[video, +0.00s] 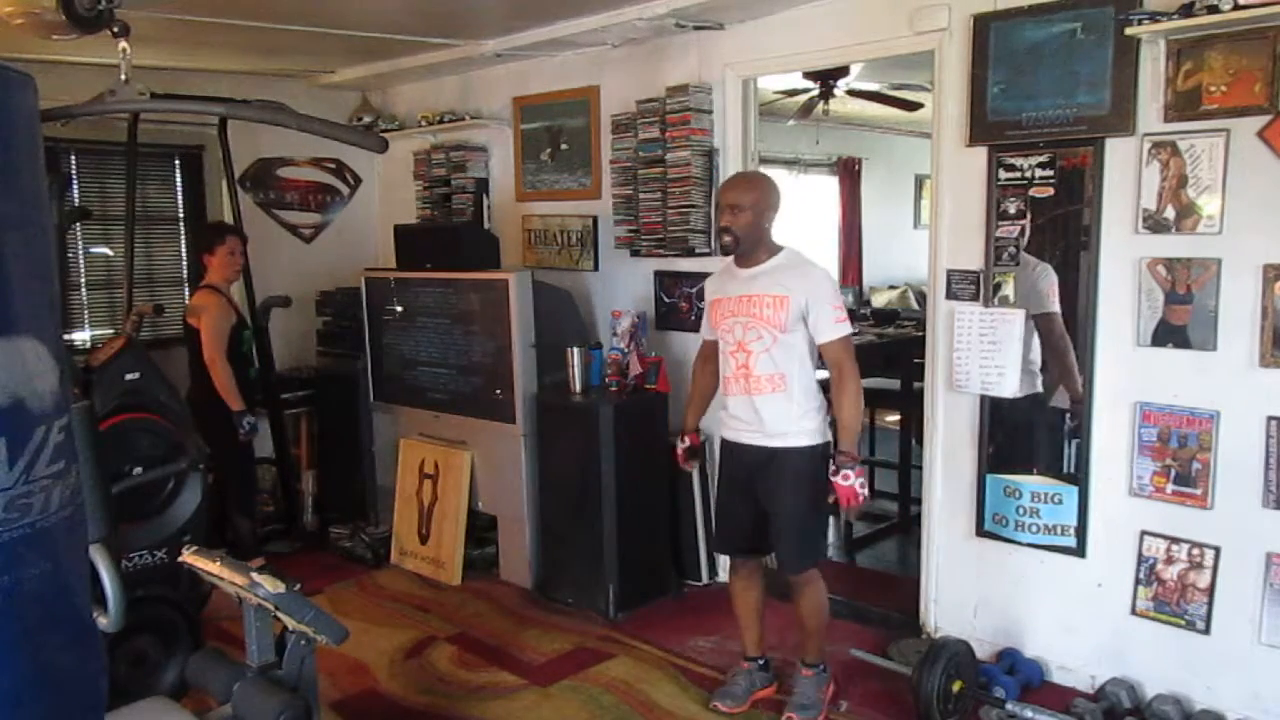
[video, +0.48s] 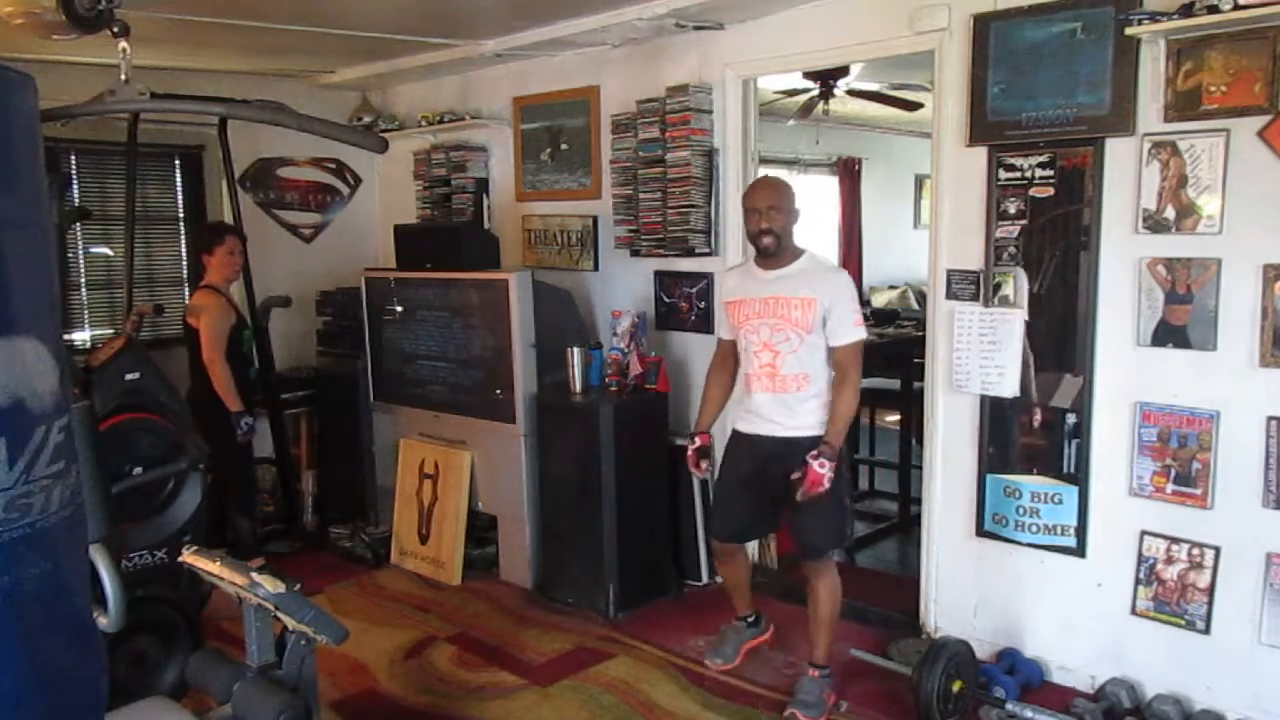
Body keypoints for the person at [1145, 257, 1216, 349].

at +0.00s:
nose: (1180, 273)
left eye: (1183, 270)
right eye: (1177, 270)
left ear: (1188, 273)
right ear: (1173, 272)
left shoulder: (1191, 287)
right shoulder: (1168, 286)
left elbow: (1213, 268)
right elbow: (1151, 266)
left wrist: (1195, 262)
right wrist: (1167, 262)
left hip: (1182, 329)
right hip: (1165, 327)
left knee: (1189, 357)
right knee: (1155, 356)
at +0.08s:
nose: (1180, 273)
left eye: (1183, 270)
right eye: (1177, 270)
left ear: (1188, 273)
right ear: (1173, 272)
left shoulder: (1191, 287)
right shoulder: (1168, 286)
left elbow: (1213, 269)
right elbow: (1151, 266)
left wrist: (1195, 262)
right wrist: (1167, 262)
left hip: (1182, 329)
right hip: (1165, 327)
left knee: (1189, 357)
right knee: (1155, 356)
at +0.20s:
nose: (1180, 273)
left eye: (1183, 270)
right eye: (1177, 270)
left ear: (1188, 273)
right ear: (1173, 272)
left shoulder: (1191, 287)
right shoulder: (1168, 286)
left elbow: (1213, 268)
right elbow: (1151, 265)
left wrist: (1195, 262)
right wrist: (1167, 262)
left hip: (1182, 329)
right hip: (1165, 327)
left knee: (1189, 357)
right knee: (1155, 356)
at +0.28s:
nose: (1180, 273)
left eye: (1183, 270)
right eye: (1177, 270)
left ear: (1188, 273)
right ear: (1173, 272)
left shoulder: (1191, 287)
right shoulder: (1168, 286)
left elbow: (1213, 268)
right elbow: (1151, 265)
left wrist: (1195, 262)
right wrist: (1167, 262)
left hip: (1182, 329)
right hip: (1165, 327)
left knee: (1189, 357)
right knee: (1155, 356)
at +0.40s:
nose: (1181, 273)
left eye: (1184, 269)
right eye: (1177, 270)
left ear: (1188, 273)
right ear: (1173, 272)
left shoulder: (1191, 287)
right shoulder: (1168, 286)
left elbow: (1213, 268)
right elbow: (1151, 265)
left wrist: (1195, 262)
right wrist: (1166, 261)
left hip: (1182, 329)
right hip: (1165, 327)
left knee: (1188, 358)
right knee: (1155, 356)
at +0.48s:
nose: (1180, 273)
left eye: (1183, 269)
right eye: (1177, 269)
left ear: (1188, 272)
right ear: (1173, 272)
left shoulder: (1192, 287)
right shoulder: (1168, 286)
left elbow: (1213, 269)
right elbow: (1151, 265)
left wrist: (1195, 262)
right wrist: (1166, 261)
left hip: (1182, 328)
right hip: (1165, 327)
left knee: (1188, 357)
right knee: (1155, 356)